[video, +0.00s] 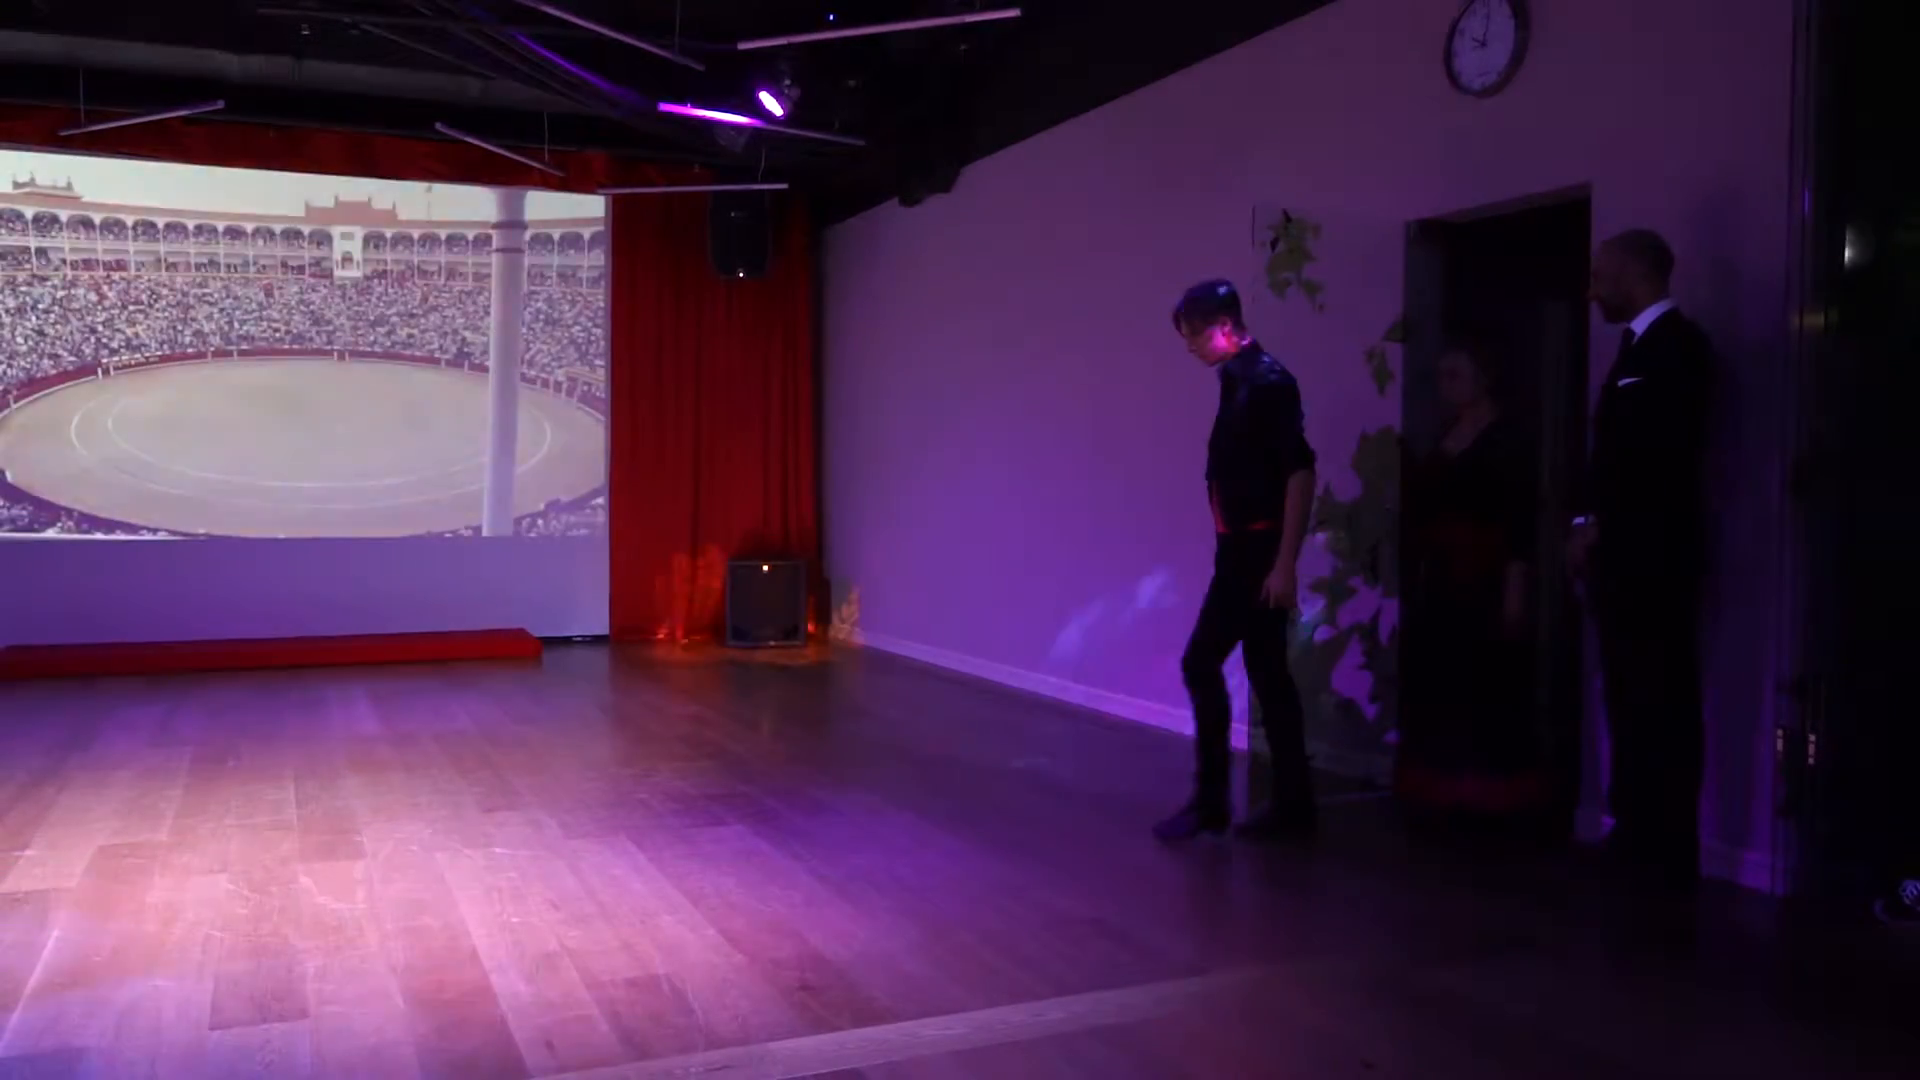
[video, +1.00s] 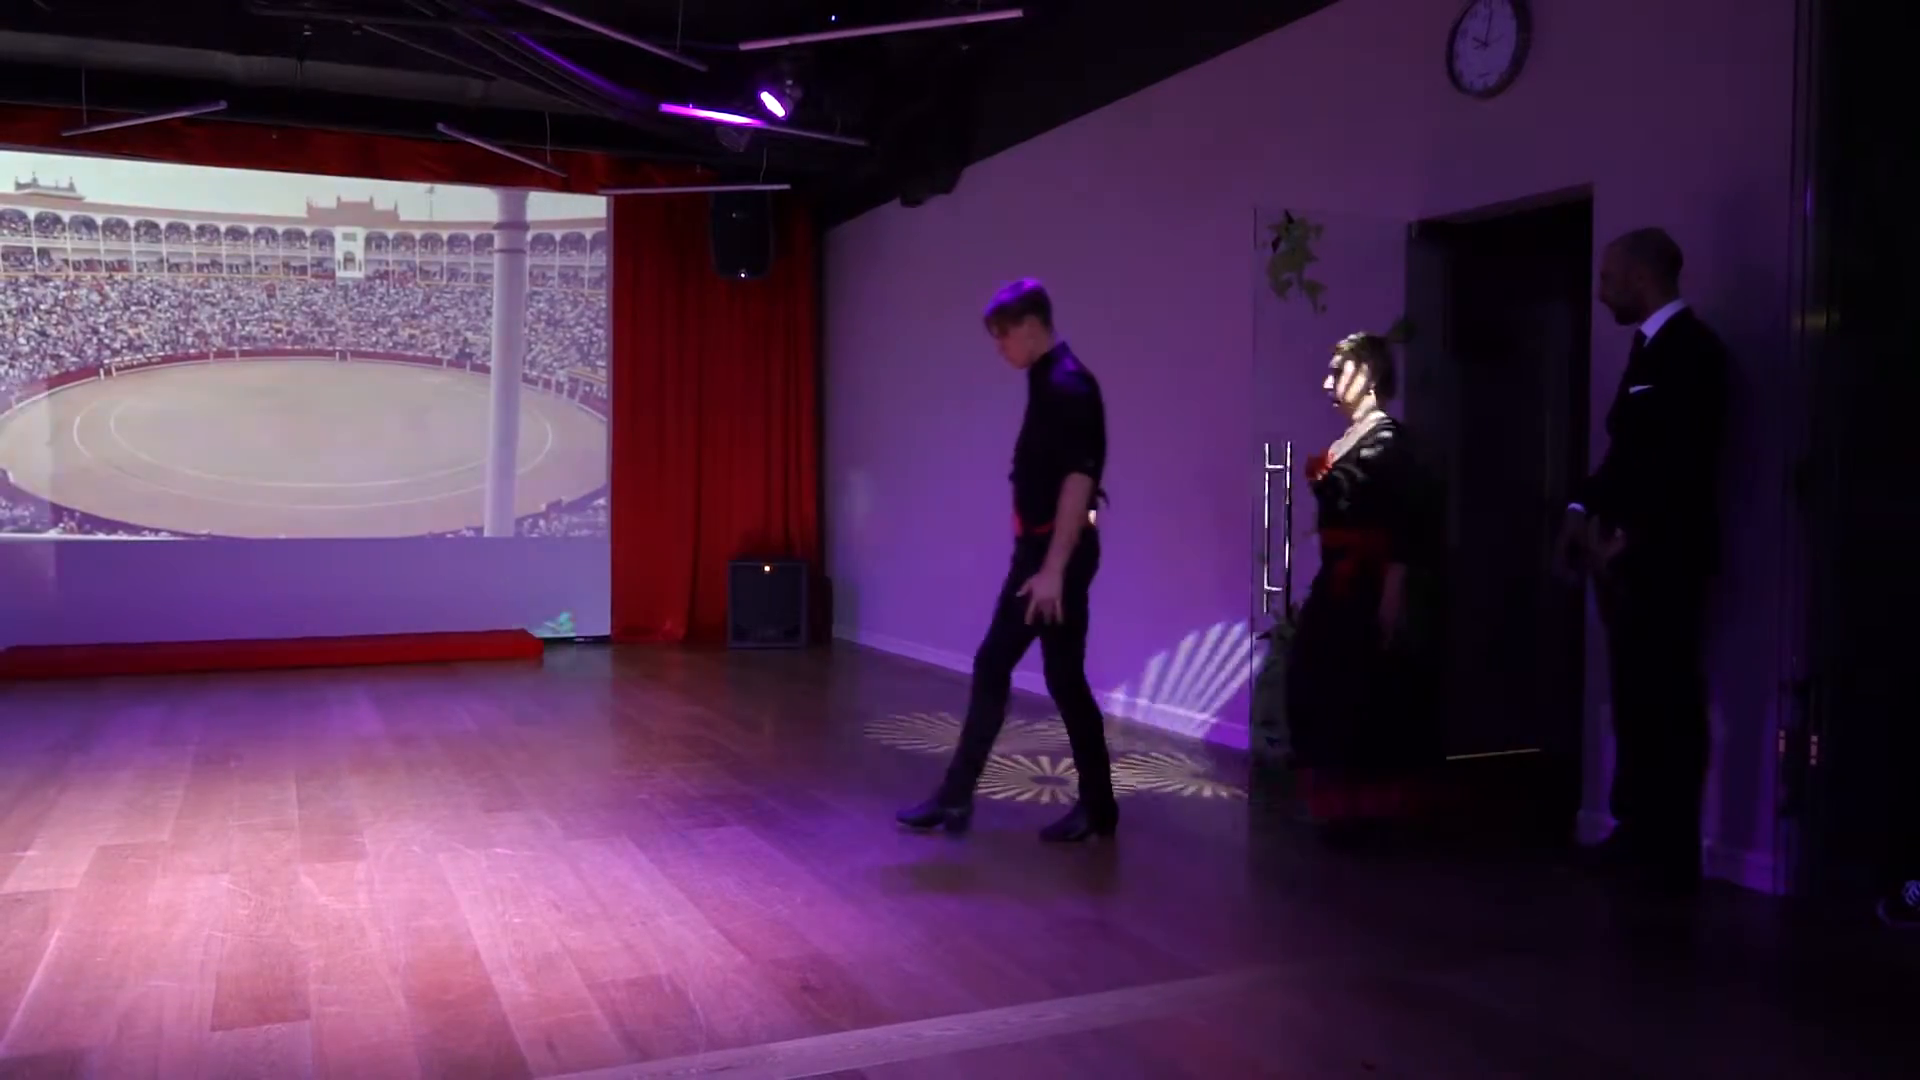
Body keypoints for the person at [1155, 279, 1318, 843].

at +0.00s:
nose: (1190, 349)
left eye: (1193, 337)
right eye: (1187, 339)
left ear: (1222, 327)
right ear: (1223, 328)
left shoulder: (1267, 381)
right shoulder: (1240, 379)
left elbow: (1300, 473)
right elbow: (1239, 466)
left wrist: (1285, 564)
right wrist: (1230, 542)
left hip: (1255, 551)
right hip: (1245, 548)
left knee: (1200, 663)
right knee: (1269, 675)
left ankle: (1211, 800)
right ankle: (1293, 802)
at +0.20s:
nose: (1164, 352)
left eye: (1167, 340)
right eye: (1160, 342)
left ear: (1197, 331)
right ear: (1198, 334)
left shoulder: (1239, 387)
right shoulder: (1211, 386)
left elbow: (1274, 477)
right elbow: (1212, 476)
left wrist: (1259, 569)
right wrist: (1201, 545)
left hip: (1228, 557)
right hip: (1216, 554)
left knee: (1169, 667)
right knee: (1259, 679)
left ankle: (1124, 801)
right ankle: (1294, 804)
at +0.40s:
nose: (1126, 349)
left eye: (1130, 336)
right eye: (1121, 339)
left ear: (1160, 326)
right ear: (1150, 331)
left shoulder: (1198, 382)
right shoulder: (1175, 381)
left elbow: (1227, 475)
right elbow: (1181, 475)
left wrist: (1213, 569)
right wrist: (1161, 551)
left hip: (1180, 554)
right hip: (1175, 550)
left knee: (1137, 672)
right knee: (1219, 670)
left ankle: (1104, 805)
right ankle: (1283, 786)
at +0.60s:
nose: (1083, 346)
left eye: (1085, 332)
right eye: (1078, 335)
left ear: (1113, 322)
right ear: (1111, 324)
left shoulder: (1153, 380)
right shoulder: (1127, 377)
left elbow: (1173, 476)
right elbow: (1126, 469)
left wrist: (1153, 564)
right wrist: (1105, 542)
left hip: (1135, 546)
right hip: (1117, 542)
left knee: (1112, 672)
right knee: (1126, 670)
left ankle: (1100, 806)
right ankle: (1222, 766)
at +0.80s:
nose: (1045, 346)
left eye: (1048, 334)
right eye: (1041, 336)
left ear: (1075, 323)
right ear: (1066, 327)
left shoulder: (1116, 380)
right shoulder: (1088, 376)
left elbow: (1125, 480)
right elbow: (1096, 467)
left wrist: (1096, 563)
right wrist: (1073, 537)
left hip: (1103, 543)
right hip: (1078, 540)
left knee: (1086, 673)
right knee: (1034, 657)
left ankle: (1097, 804)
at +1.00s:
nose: (1000, 348)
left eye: (1004, 336)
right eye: (996, 337)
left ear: (1035, 326)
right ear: (1028, 329)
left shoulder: (1071, 386)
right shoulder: (1049, 379)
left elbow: (1079, 483)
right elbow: (1051, 473)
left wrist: (1053, 570)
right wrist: (1030, 550)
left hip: (1063, 549)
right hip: (1037, 546)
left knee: (1065, 679)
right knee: (991, 668)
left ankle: (1098, 805)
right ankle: (955, 796)